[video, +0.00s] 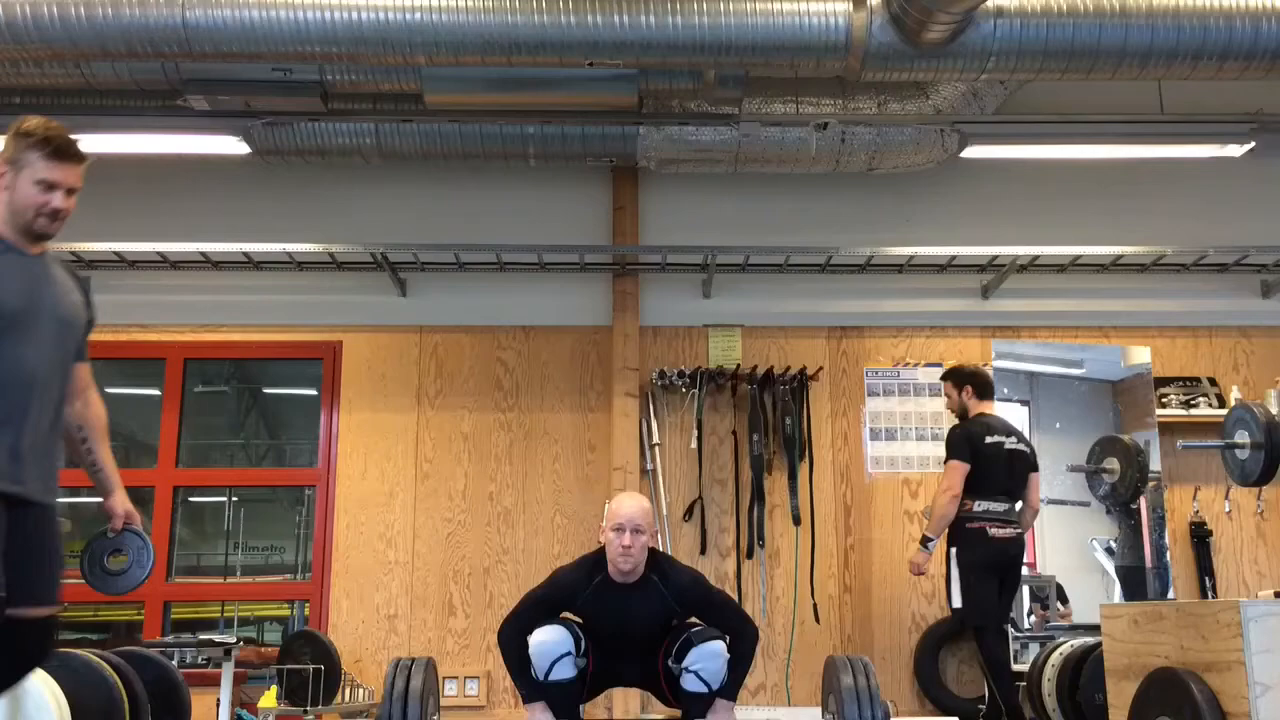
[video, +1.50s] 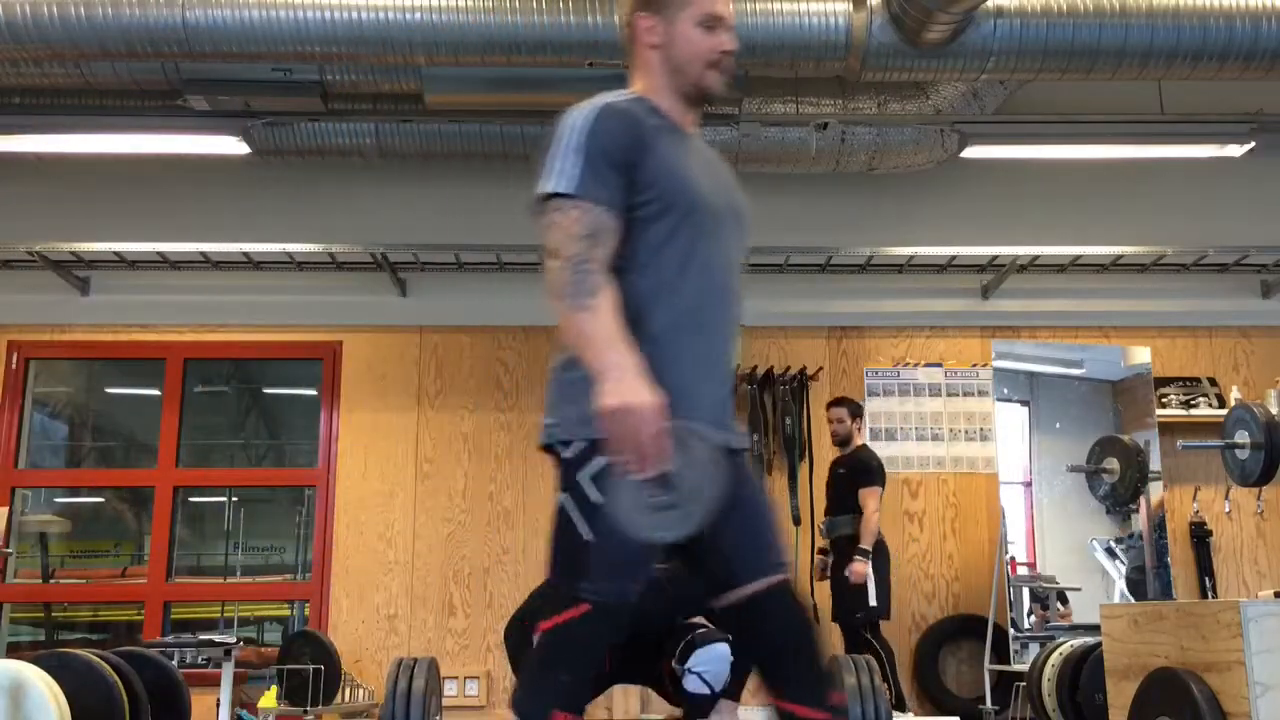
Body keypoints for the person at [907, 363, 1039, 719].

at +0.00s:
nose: (946, 404)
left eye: (948, 395)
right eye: (944, 396)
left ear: (968, 393)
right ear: (982, 394)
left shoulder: (964, 433)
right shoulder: (1020, 439)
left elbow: (951, 493)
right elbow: (1033, 504)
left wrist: (926, 546)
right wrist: (1011, 536)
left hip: (974, 540)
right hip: (1012, 542)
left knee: (985, 629)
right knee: (995, 628)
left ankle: (1013, 712)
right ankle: (993, 709)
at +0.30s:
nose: (929, 404)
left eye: (933, 397)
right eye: (928, 397)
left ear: (956, 395)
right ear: (962, 397)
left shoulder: (945, 434)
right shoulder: (998, 437)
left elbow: (934, 492)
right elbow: (1013, 499)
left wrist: (914, 542)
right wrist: (995, 533)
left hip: (954, 539)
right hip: (996, 541)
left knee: (935, 615)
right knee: (991, 624)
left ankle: (975, 689)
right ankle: (1001, 707)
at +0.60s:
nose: (901, 419)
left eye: (905, 412)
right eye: (900, 412)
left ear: (927, 409)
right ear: (931, 412)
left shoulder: (920, 448)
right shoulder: (968, 448)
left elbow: (913, 506)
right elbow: (975, 512)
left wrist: (895, 555)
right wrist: (965, 545)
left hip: (933, 551)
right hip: (973, 549)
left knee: (927, 635)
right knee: (978, 634)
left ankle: (920, 705)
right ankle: (994, 706)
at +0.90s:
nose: (867, 428)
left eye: (870, 421)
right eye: (865, 421)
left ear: (890, 418)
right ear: (896, 419)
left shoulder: (890, 456)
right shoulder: (924, 452)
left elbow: (887, 515)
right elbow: (926, 511)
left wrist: (871, 560)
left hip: (897, 551)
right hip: (928, 550)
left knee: (889, 632)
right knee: (927, 629)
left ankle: (901, 706)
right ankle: (958, 679)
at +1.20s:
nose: (848, 425)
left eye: (854, 419)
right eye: (846, 419)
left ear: (874, 417)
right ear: (863, 419)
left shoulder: (880, 453)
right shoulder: (873, 452)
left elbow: (873, 509)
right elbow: (871, 508)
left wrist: (842, 544)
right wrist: (848, 534)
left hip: (882, 547)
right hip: (874, 546)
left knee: (874, 626)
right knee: (864, 623)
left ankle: (900, 704)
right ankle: (894, 701)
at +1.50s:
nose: (833, 428)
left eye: (839, 422)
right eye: (830, 422)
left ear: (857, 423)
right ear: (829, 424)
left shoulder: (866, 461)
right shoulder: (837, 463)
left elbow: (872, 512)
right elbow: (835, 513)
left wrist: (863, 555)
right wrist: (826, 552)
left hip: (864, 551)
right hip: (842, 552)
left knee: (867, 631)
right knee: (850, 632)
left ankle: (897, 704)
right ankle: (861, 701)